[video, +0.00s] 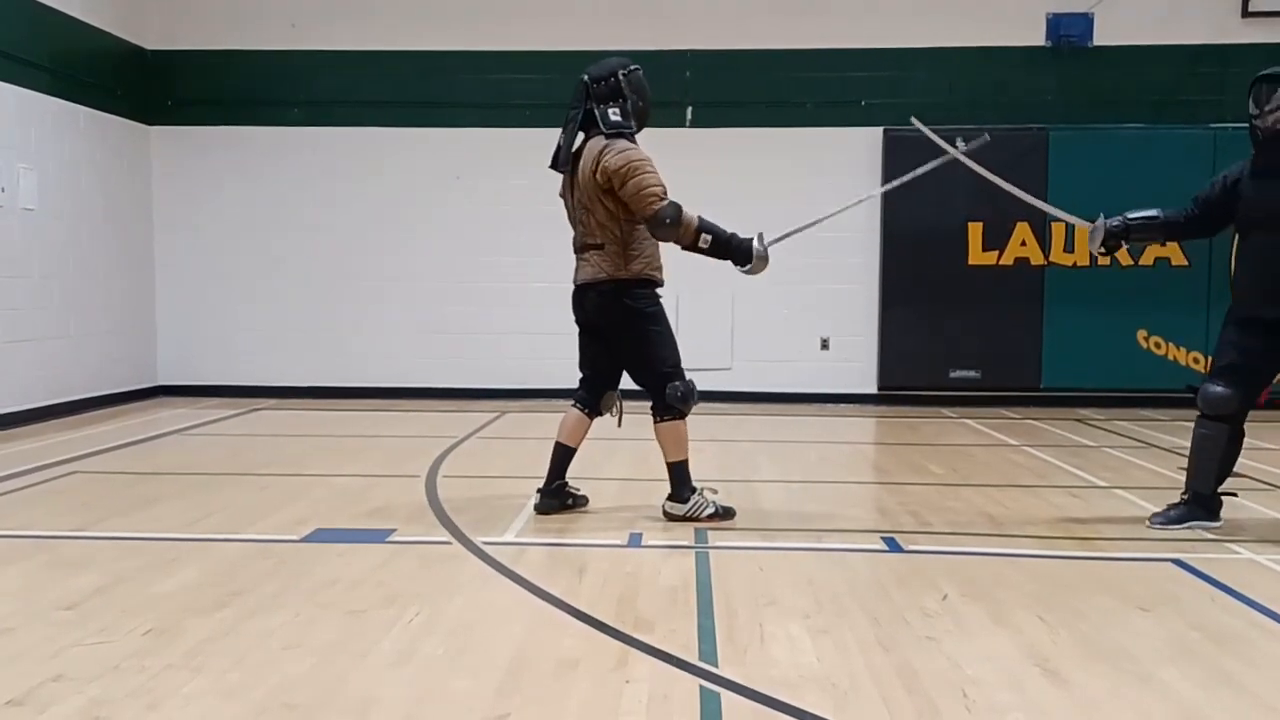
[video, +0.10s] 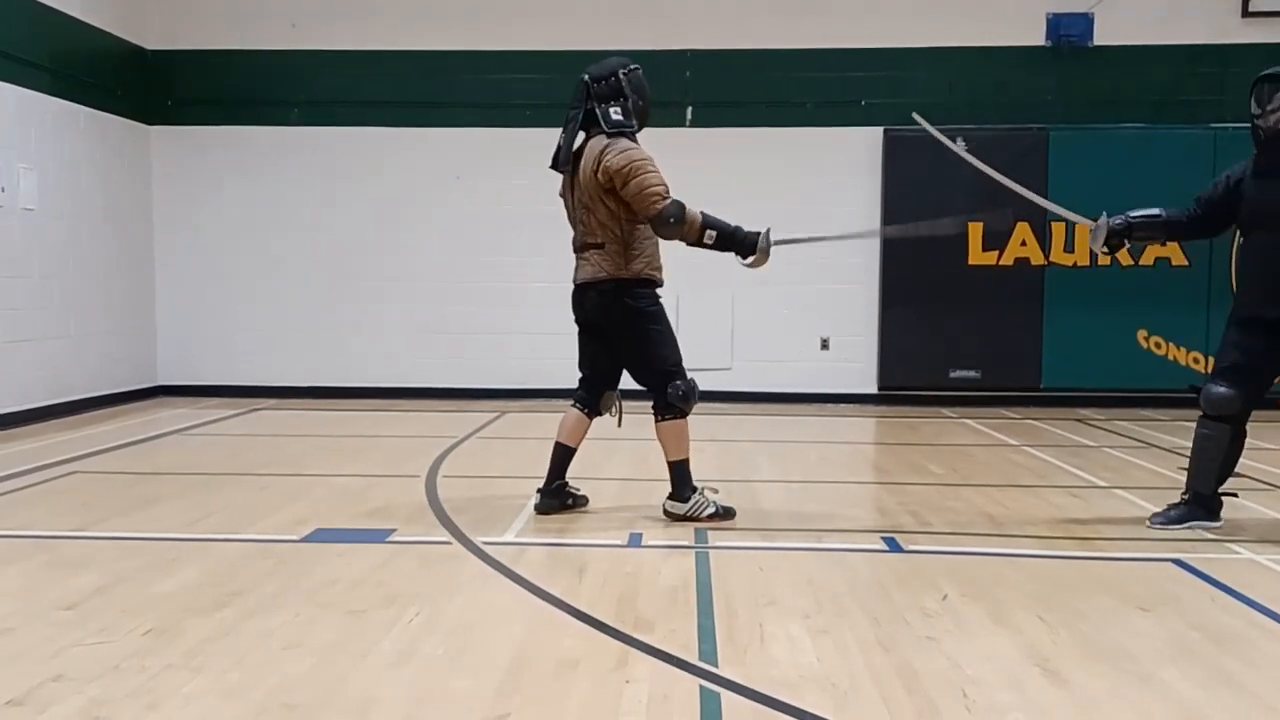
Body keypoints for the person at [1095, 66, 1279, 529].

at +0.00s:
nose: (1270, 118)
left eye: (1277, 110)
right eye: (1267, 110)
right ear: (1256, 117)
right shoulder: (1252, 173)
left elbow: (1199, 218)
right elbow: (1199, 218)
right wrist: (1127, 226)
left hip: (1270, 313)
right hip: (1255, 311)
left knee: (1224, 396)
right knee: (1220, 397)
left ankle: (1201, 498)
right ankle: (1200, 500)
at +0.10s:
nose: (1274, 118)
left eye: (1279, 110)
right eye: (1270, 110)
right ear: (1258, 118)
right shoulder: (1253, 174)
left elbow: (1201, 218)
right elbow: (1201, 218)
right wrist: (1128, 225)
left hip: (1271, 315)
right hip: (1256, 313)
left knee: (1227, 396)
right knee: (1222, 398)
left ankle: (1202, 498)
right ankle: (1201, 500)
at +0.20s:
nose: (1272, 120)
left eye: (1277, 111)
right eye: (1269, 111)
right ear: (1260, 117)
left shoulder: (1264, 174)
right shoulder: (1258, 173)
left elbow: (1207, 219)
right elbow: (1207, 219)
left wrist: (1135, 227)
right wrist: (1134, 226)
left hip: (1270, 314)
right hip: (1260, 311)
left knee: (1231, 397)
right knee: (1227, 398)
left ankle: (1202, 498)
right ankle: (1201, 500)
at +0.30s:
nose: (1273, 121)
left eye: (1276, 113)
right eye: (1271, 112)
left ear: (1277, 119)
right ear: (1265, 116)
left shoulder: (1263, 173)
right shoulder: (1261, 172)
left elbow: (1211, 219)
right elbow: (1211, 219)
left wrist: (1138, 228)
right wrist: (1137, 227)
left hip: (1269, 316)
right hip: (1263, 313)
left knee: (1234, 398)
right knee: (1230, 399)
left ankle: (1202, 498)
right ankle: (1202, 499)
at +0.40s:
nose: (1273, 123)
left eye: (1276, 115)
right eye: (1271, 114)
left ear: (1277, 122)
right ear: (1266, 120)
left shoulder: (1263, 178)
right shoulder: (1261, 176)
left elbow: (1212, 219)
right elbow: (1212, 220)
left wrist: (1140, 230)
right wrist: (1140, 229)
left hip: (1270, 317)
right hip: (1264, 314)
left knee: (1235, 398)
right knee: (1231, 398)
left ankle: (1202, 498)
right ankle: (1202, 499)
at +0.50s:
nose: (1274, 124)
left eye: (1277, 116)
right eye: (1272, 115)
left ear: (1277, 123)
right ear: (1266, 121)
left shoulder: (1263, 180)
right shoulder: (1261, 177)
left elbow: (1210, 219)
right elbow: (1210, 219)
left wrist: (1136, 229)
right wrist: (1135, 228)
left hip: (1270, 319)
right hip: (1264, 315)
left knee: (1234, 398)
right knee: (1230, 398)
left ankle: (1203, 499)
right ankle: (1202, 500)